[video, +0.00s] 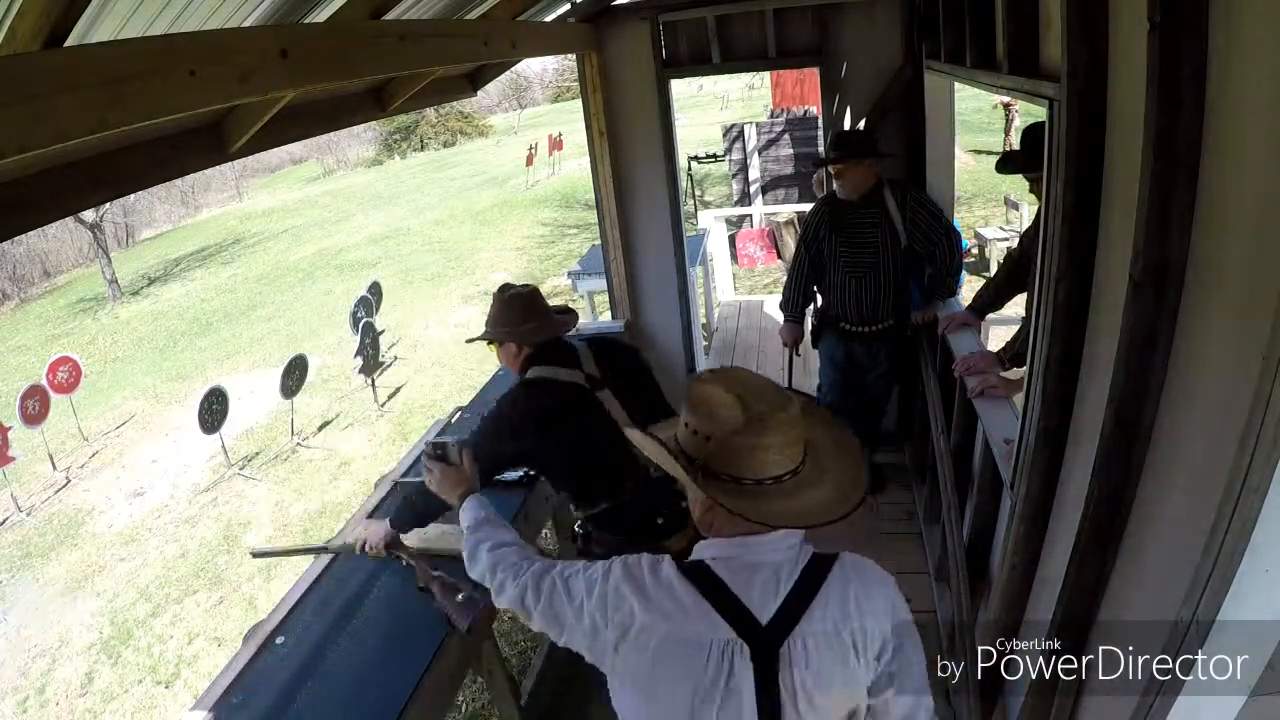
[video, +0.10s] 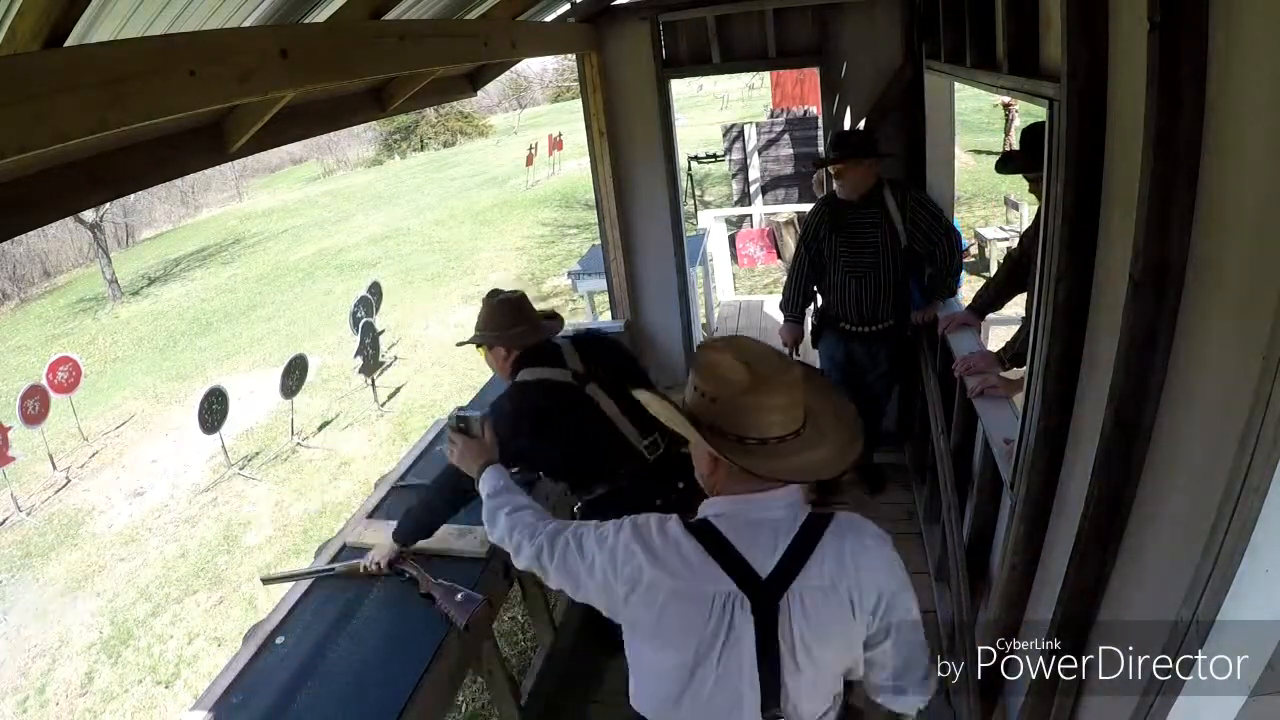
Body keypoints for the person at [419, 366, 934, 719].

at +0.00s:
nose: (678, 492)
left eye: (682, 480)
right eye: (678, 480)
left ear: (700, 496)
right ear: (802, 490)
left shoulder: (631, 597)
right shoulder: (870, 598)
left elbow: (514, 574)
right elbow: (909, 711)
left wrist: (467, 500)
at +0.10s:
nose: (690, 452)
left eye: (692, 440)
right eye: (691, 437)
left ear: (710, 462)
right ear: (803, 449)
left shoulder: (640, 552)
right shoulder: (865, 553)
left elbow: (537, 541)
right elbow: (905, 694)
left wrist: (486, 471)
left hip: (673, 708)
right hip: (813, 710)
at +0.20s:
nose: (687, 417)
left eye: (692, 407)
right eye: (689, 406)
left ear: (712, 424)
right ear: (798, 421)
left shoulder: (649, 520)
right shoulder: (859, 515)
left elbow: (544, 512)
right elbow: (901, 643)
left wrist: (499, 443)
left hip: (694, 708)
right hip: (815, 703)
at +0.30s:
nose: (689, 391)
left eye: (692, 380)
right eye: (691, 378)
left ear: (708, 396)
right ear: (790, 391)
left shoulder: (652, 489)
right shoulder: (851, 484)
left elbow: (547, 486)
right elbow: (894, 608)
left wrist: (502, 421)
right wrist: (826, 580)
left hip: (696, 705)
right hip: (809, 698)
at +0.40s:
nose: (687, 375)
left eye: (690, 364)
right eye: (689, 363)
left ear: (705, 379)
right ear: (784, 378)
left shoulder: (652, 467)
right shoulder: (841, 462)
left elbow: (549, 466)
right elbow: (884, 586)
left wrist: (503, 404)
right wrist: (817, 551)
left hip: (693, 697)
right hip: (801, 690)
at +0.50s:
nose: (677, 360)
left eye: (682, 350)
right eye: (678, 349)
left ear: (702, 364)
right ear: (775, 363)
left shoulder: (652, 451)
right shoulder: (835, 451)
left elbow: (548, 457)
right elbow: (876, 578)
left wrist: (498, 394)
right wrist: (814, 535)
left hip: (685, 678)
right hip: (788, 675)